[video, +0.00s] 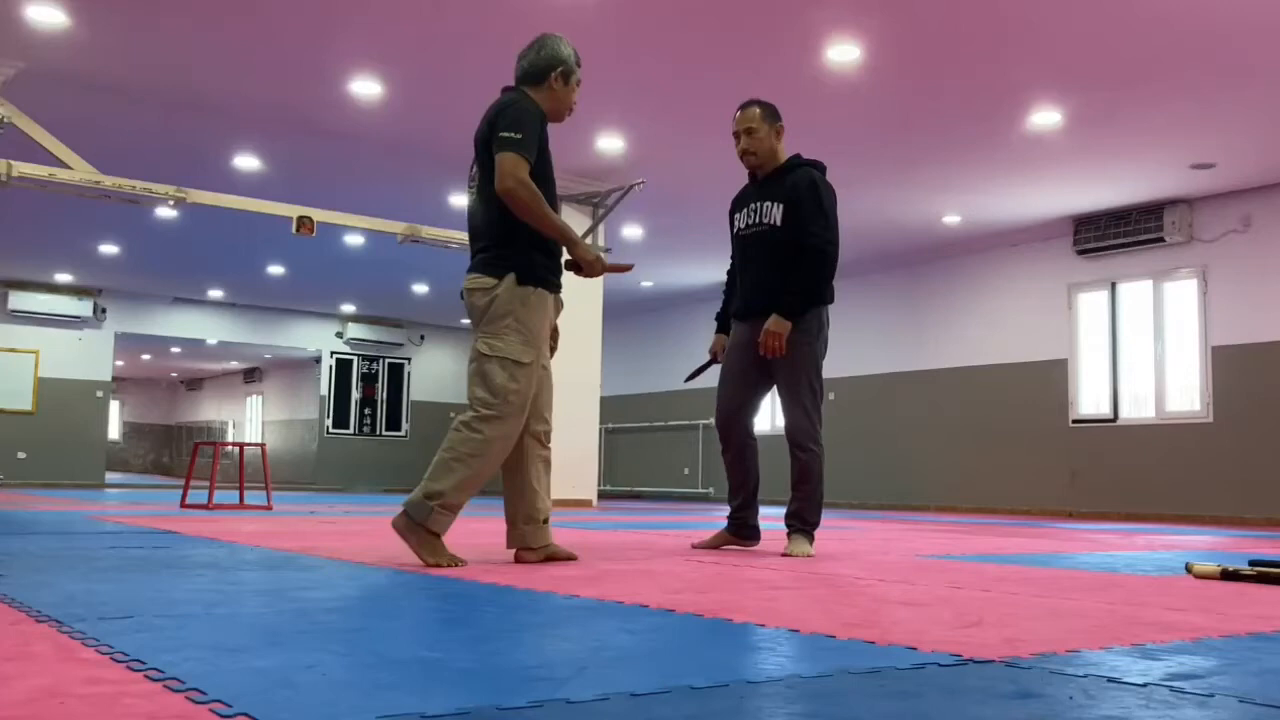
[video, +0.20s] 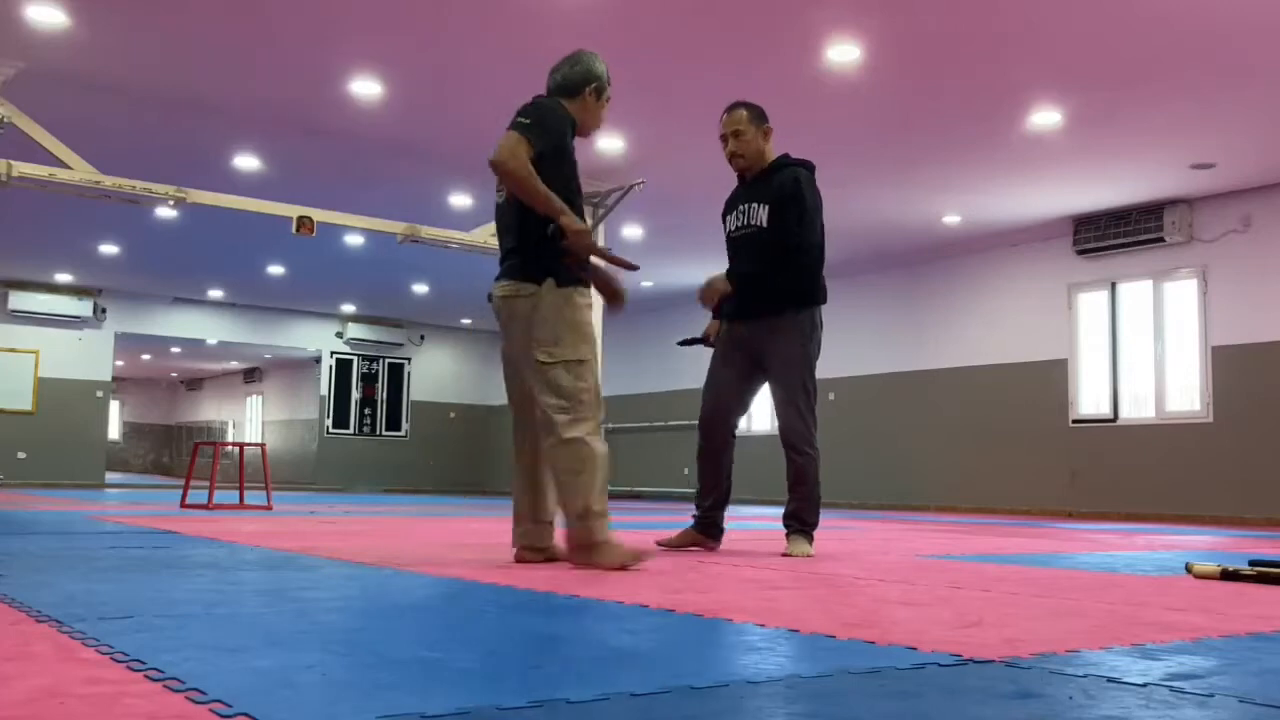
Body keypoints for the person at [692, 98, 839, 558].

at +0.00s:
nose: (742, 143)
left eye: (751, 133)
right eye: (737, 136)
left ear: (778, 133)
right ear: (735, 143)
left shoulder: (808, 182)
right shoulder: (742, 201)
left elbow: (821, 257)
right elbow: (739, 267)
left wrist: (786, 314)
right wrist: (723, 328)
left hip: (801, 321)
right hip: (750, 323)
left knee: (802, 427)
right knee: (731, 419)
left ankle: (801, 530)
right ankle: (742, 525)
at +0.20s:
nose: (731, 146)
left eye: (739, 135)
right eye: (725, 139)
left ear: (766, 135)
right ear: (722, 145)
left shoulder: (795, 182)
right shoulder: (736, 201)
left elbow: (801, 262)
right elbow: (743, 269)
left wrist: (729, 282)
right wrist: (724, 317)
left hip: (792, 323)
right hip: (744, 325)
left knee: (796, 429)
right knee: (715, 419)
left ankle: (800, 530)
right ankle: (707, 526)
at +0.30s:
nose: (718, 148)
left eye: (726, 137)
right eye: (712, 141)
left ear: (753, 135)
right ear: (710, 148)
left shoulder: (783, 181)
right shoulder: (728, 198)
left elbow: (783, 246)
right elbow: (738, 264)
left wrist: (714, 254)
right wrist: (715, 312)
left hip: (783, 323)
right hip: (735, 326)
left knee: (791, 431)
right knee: (703, 421)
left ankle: (800, 530)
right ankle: (682, 524)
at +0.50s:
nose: (672, 154)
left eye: (680, 143)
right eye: (665, 147)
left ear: (705, 141)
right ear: (661, 153)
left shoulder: (735, 171)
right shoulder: (680, 193)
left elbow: (761, 197)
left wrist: (691, 209)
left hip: (741, 320)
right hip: (692, 325)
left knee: (764, 418)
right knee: (668, 417)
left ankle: (811, 520)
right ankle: (666, 531)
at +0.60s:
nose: (654, 154)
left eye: (660, 144)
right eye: (649, 147)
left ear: (682, 144)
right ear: (649, 154)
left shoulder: (711, 172)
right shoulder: (667, 195)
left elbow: (753, 190)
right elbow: (684, 256)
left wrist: (725, 240)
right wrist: (672, 299)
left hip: (726, 319)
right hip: (682, 323)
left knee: (738, 421)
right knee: (654, 422)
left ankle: (818, 515)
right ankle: (664, 532)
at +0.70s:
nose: (648, 166)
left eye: (649, 157)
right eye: (642, 160)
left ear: (664, 152)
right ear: (641, 163)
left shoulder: (703, 176)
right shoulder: (642, 197)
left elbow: (754, 208)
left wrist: (751, 263)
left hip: (719, 321)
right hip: (669, 327)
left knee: (742, 421)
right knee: (649, 425)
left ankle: (811, 517)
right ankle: (664, 531)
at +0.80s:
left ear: (661, 144)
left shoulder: (695, 172)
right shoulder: (623, 190)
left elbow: (755, 211)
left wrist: (745, 261)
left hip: (715, 318)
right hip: (659, 324)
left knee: (755, 419)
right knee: (650, 425)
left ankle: (812, 521)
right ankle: (664, 532)